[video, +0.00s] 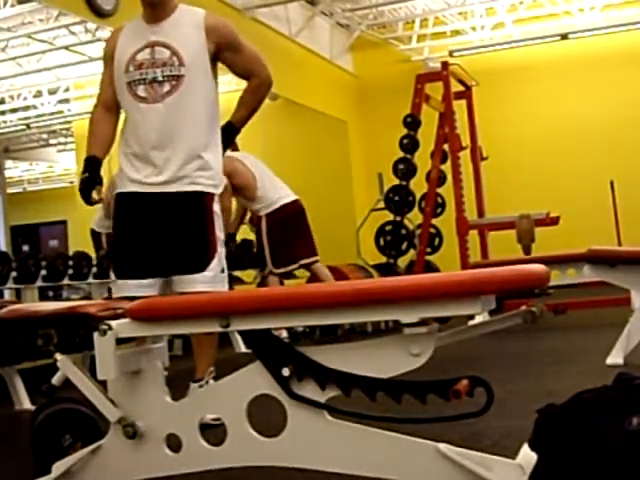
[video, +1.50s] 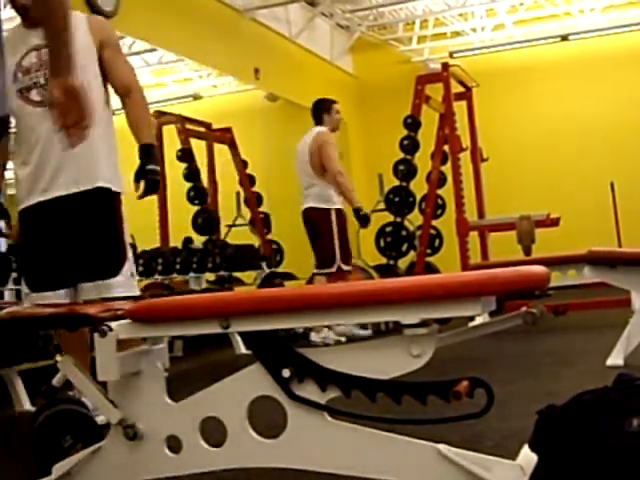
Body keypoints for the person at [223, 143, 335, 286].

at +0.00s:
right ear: (229, 143)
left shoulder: (223, 165)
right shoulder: (243, 157)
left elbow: (225, 206)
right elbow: (242, 203)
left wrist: (226, 233)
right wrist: (232, 233)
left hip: (270, 214)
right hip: (293, 204)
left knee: (270, 272)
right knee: (311, 262)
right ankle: (340, 299)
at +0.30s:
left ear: (203, 159)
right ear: (214, 151)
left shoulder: (219, 167)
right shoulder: (240, 159)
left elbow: (223, 209)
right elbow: (243, 206)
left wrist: (221, 242)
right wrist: (234, 239)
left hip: (271, 214)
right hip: (293, 205)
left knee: (270, 274)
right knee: (310, 264)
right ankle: (334, 300)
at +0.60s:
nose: (222, 155)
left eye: (220, 152)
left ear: (222, 150)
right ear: (238, 140)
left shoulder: (230, 162)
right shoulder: (262, 149)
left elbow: (225, 205)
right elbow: (270, 187)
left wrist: (220, 238)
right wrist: (254, 220)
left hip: (271, 215)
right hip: (296, 206)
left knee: (274, 276)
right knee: (309, 268)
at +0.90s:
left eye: (257, 129)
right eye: (268, 126)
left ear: (253, 131)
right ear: (273, 127)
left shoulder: (247, 154)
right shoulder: (295, 146)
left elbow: (237, 194)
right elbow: (312, 179)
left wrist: (232, 225)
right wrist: (304, 200)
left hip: (272, 217)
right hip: (301, 211)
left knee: (276, 279)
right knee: (313, 273)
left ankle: (280, 328)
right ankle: (320, 322)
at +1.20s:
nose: (315, 121)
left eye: (314, 117)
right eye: (313, 117)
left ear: (291, 120)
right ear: (304, 118)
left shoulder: (276, 148)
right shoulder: (312, 141)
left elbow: (273, 190)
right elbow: (336, 176)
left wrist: (284, 214)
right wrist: (358, 206)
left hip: (292, 214)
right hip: (317, 210)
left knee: (293, 272)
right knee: (318, 273)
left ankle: (287, 324)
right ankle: (318, 327)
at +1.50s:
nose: (341, 117)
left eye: (340, 113)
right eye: (337, 113)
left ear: (320, 117)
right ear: (325, 115)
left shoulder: (307, 140)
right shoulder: (324, 137)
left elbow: (318, 178)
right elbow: (335, 172)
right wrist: (357, 206)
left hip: (312, 208)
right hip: (328, 208)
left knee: (324, 269)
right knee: (339, 268)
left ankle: (320, 323)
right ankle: (339, 320)